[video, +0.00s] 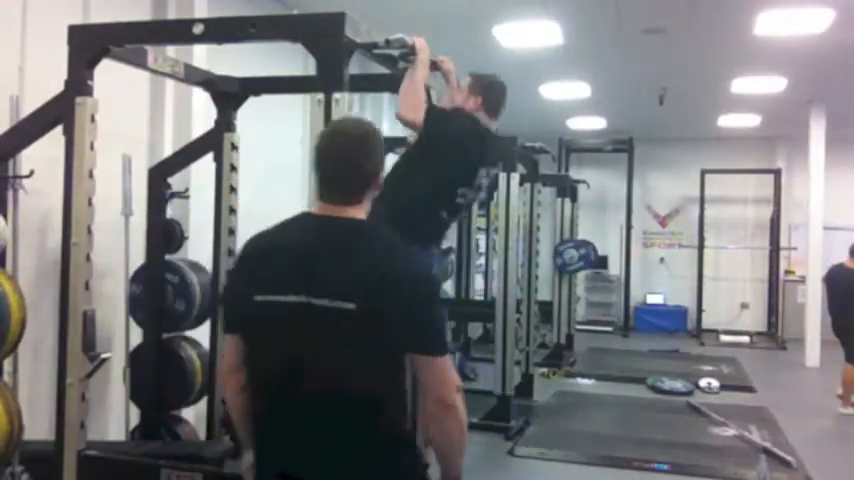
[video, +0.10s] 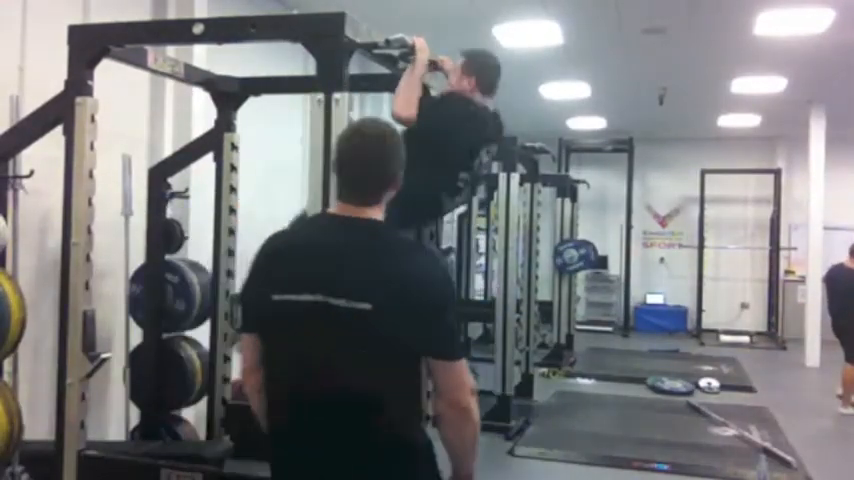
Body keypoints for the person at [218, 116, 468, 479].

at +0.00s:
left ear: (317, 172)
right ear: (377, 183)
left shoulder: (258, 253)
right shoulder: (405, 266)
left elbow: (232, 377)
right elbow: (442, 398)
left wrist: (253, 450)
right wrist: (451, 471)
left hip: (283, 461)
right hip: (376, 463)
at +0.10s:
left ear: (336, 172)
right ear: (395, 185)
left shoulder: (278, 251)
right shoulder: (420, 266)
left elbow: (253, 375)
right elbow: (456, 399)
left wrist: (283, 444)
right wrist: (463, 471)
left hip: (300, 459)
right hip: (391, 463)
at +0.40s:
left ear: (373, 163)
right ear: (439, 180)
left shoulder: (314, 243)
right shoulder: (462, 266)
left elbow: (279, 359)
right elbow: (491, 400)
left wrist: (314, 410)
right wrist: (483, 471)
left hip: (321, 453)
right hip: (412, 460)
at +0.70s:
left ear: (403, 180)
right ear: (466, 198)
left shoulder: (331, 251)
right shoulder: (484, 280)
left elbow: (276, 367)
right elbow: (508, 412)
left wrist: (293, 441)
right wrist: (498, 473)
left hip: (320, 458)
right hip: (421, 463)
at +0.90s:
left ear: (414, 232)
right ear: (467, 253)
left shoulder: (338, 278)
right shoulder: (481, 307)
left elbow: (276, 394)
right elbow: (494, 443)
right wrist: (471, 474)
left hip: (311, 462)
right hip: (411, 466)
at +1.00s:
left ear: (413, 260)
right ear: (465, 275)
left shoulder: (335, 297)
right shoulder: (473, 322)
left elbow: (266, 412)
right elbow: (503, 455)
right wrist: (462, 477)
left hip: (292, 464)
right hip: (400, 467)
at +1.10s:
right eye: (467, 309)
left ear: (409, 288)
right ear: (464, 306)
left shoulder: (329, 319)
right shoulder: (466, 344)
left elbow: (254, 432)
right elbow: (513, 469)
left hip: (278, 465)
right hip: (391, 466)